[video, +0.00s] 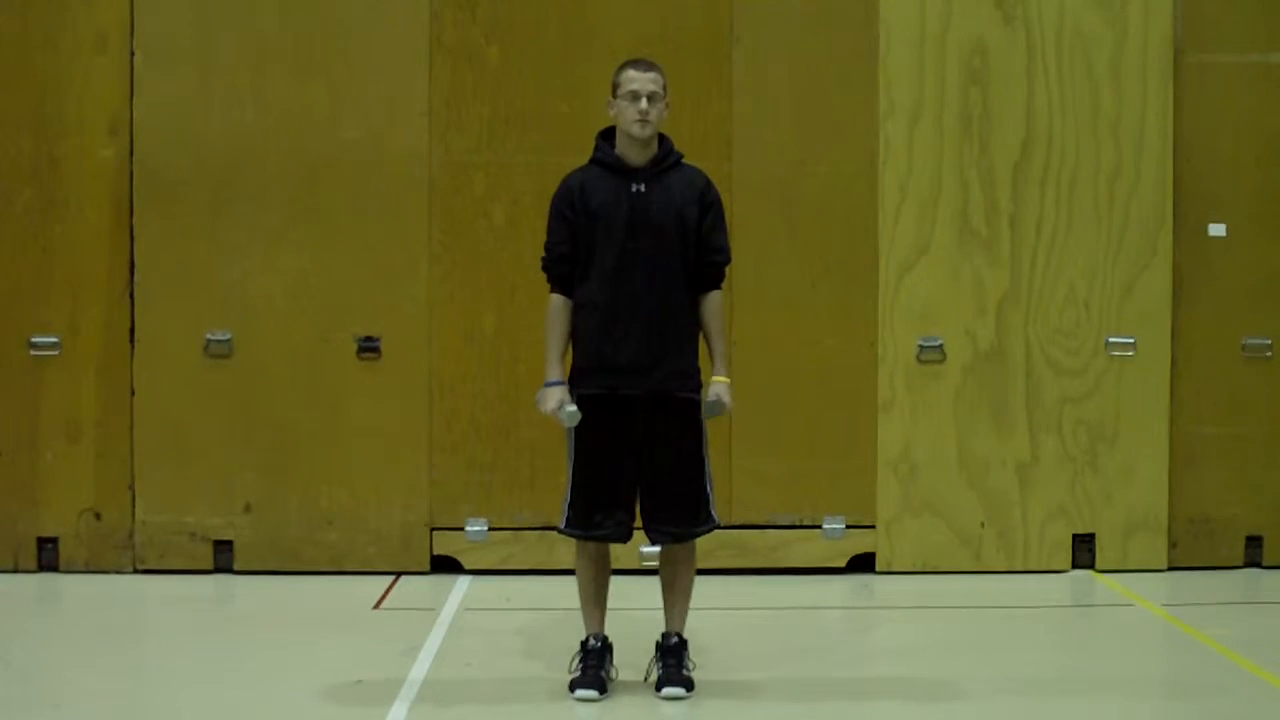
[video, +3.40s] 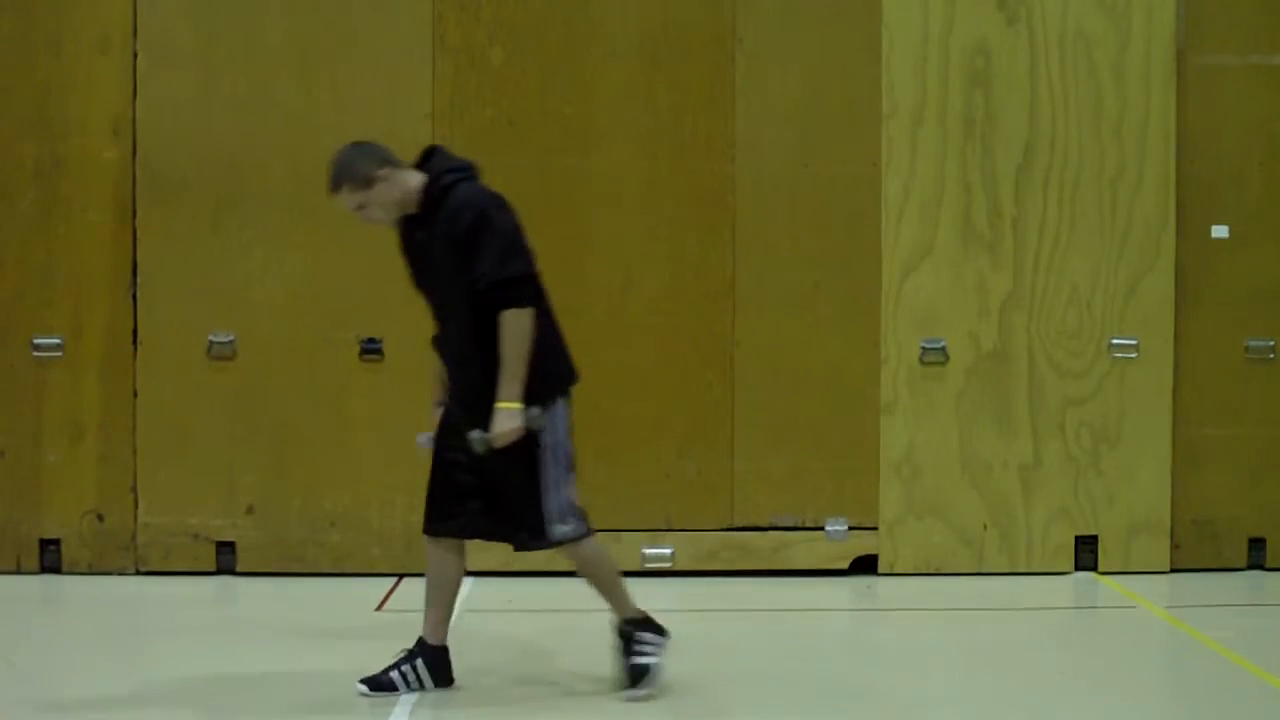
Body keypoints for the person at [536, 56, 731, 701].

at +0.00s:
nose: (644, 107)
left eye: (654, 98)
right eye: (633, 97)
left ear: (667, 110)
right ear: (611, 107)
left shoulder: (694, 188)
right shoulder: (579, 188)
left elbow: (710, 287)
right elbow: (560, 290)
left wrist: (720, 370)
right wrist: (554, 377)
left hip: (674, 383)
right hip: (598, 384)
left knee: (678, 523)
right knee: (593, 522)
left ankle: (673, 648)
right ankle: (594, 647)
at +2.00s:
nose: (663, 110)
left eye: (674, 101)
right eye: (653, 100)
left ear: (690, 109)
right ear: (635, 108)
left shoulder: (718, 192)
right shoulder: (601, 188)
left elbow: (730, 292)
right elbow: (580, 287)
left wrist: (734, 378)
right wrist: (564, 372)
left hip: (688, 386)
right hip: (612, 383)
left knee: (686, 523)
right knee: (600, 520)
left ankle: (675, 647)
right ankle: (596, 645)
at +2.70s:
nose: (591, 167)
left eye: (597, 154)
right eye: (583, 157)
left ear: (631, 133)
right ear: (584, 149)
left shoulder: (696, 194)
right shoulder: (588, 200)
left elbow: (720, 295)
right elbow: (591, 295)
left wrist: (720, 387)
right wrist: (583, 377)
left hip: (677, 388)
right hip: (605, 387)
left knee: (683, 524)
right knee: (586, 515)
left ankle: (676, 648)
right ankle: (595, 644)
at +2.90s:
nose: (551, 181)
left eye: (554, 167)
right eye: (543, 171)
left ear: (583, 142)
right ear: (550, 159)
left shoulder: (658, 196)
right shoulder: (569, 210)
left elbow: (686, 295)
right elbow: (590, 296)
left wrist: (679, 391)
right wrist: (589, 371)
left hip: (651, 389)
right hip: (585, 386)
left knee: (666, 527)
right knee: (542, 514)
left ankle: (674, 650)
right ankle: (507, 645)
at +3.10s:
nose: (493, 199)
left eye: (493, 185)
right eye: (486, 190)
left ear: (522, 160)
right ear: (512, 169)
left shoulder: (601, 205)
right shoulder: (528, 215)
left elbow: (627, 307)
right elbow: (550, 303)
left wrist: (610, 403)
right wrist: (547, 377)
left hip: (611, 396)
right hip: (546, 392)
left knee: (639, 533)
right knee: (498, 524)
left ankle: (670, 651)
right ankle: (446, 648)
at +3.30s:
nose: (402, 212)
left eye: (400, 199)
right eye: (394, 203)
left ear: (426, 174)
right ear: (415, 181)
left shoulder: (514, 207)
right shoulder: (449, 219)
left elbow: (550, 306)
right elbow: (482, 307)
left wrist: (538, 402)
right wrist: (488, 380)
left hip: (558, 393)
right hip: (494, 393)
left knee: (603, 527)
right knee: (455, 523)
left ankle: (659, 643)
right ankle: (432, 653)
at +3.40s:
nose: (366, 220)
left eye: (362, 208)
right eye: (358, 213)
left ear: (383, 179)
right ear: (379, 189)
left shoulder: (477, 207)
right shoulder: (413, 227)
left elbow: (518, 305)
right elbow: (451, 317)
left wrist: (509, 402)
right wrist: (446, 389)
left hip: (531, 391)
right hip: (471, 392)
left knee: (559, 521)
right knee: (443, 524)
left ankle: (637, 625)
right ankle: (432, 653)